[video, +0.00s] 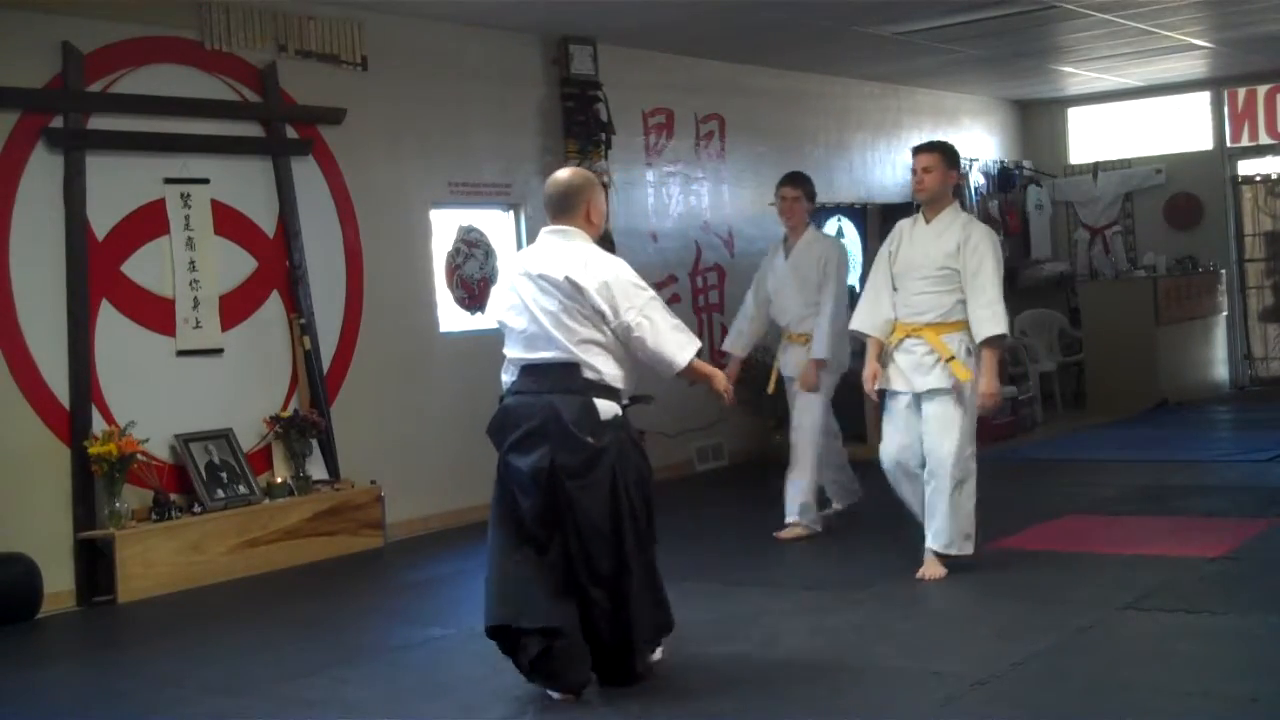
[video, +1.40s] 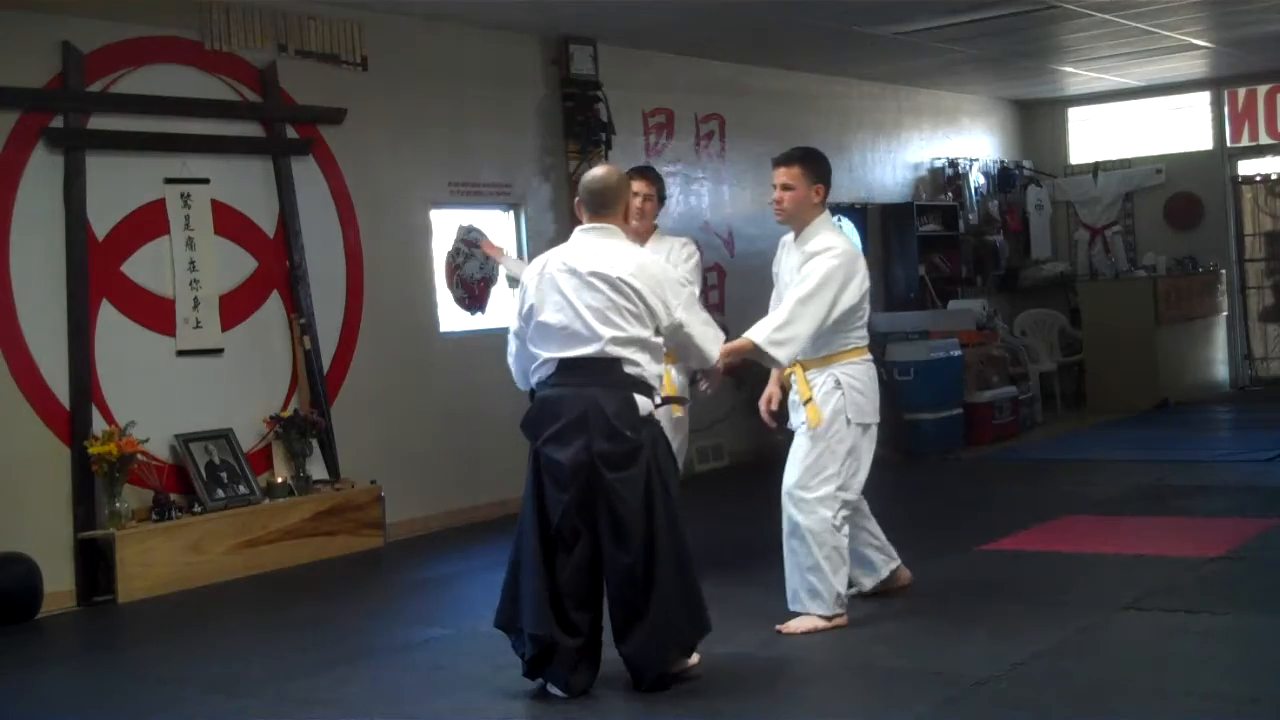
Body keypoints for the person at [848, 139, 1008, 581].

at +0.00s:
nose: (917, 179)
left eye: (926, 172)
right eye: (914, 172)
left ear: (952, 178)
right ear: (913, 178)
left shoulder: (974, 234)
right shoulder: (901, 232)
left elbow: (987, 304)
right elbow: (880, 295)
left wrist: (989, 370)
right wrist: (871, 355)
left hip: (949, 355)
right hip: (900, 356)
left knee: (945, 456)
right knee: (895, 455)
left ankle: (937, 551)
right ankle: (942, 523)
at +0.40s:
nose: (899, 184)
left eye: (908, 176)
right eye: (895, 177)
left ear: (934, 182)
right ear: (892, 183)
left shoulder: (956, 241)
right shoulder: (879, 239)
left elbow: (962, 306)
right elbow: (857, 304)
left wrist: (936, 351)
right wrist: (849, 362)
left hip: (932, 362)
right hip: (880, 365)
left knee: (942, 466)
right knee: (867, 460)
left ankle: (938, 556)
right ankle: (881, 559)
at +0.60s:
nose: (879, 190)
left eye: (888, 181)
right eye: (875, 182)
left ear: (914, 186)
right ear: (873, 188)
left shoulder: (936, 245)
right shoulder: (863, 245)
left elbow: (928, 308)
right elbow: (843, 311)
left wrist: (889, 341)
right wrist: (837, 367)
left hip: (918, 373)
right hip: (865, 376)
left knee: (934, 474)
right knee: (856, 469)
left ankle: (941, 555)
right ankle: (884, 567)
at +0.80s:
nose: (851, 197)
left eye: (860, 188)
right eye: (847, 189)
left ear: (887, 192)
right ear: (844, 194)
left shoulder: (906, 248)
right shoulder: (842, 251)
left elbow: (882, 308)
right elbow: (823, 316)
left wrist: (833, 327)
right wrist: (820, 369)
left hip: (895, 375)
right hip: (846, 376)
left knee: (885, 477)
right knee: (841, 480)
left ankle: (928, 541)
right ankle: (880, 572)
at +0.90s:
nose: (837, 203)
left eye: (846, 194)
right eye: (833, 195)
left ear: (875, 197)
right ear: (832, 199)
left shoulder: (896, 255)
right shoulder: (833, 256)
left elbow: (862, 309)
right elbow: (816, 317)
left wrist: (811, 324)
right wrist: (814, 370)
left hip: (885, 377)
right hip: (838, 378)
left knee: (860, 470)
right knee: (830, 478)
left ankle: (901, 570)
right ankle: (867, 573)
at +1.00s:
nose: (825, 206)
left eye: (835, 197)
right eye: (822, 198)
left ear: (863, 200)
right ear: (821, 201)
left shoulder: (882, 258)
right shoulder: (825, 255)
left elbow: (842, 312)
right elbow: (814, 313)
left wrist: (790, 319)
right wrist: (808, 373)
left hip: (875, 380)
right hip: (833, 379)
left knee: (843, 475)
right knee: (825, 480)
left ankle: (853, 588)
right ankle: (884, 569)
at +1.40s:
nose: (776, 198)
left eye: (786, 189)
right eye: (774, 189)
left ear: (818, 193)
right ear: (777, 191)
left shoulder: (836, 250)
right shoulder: (790, 244)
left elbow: (798, 318)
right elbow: (787, 318)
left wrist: (739, 346)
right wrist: (777, 376)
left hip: (842, 380)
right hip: (812, 380)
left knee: (807, 489)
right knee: (830, 484)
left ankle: (824, 606)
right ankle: (882, 569)